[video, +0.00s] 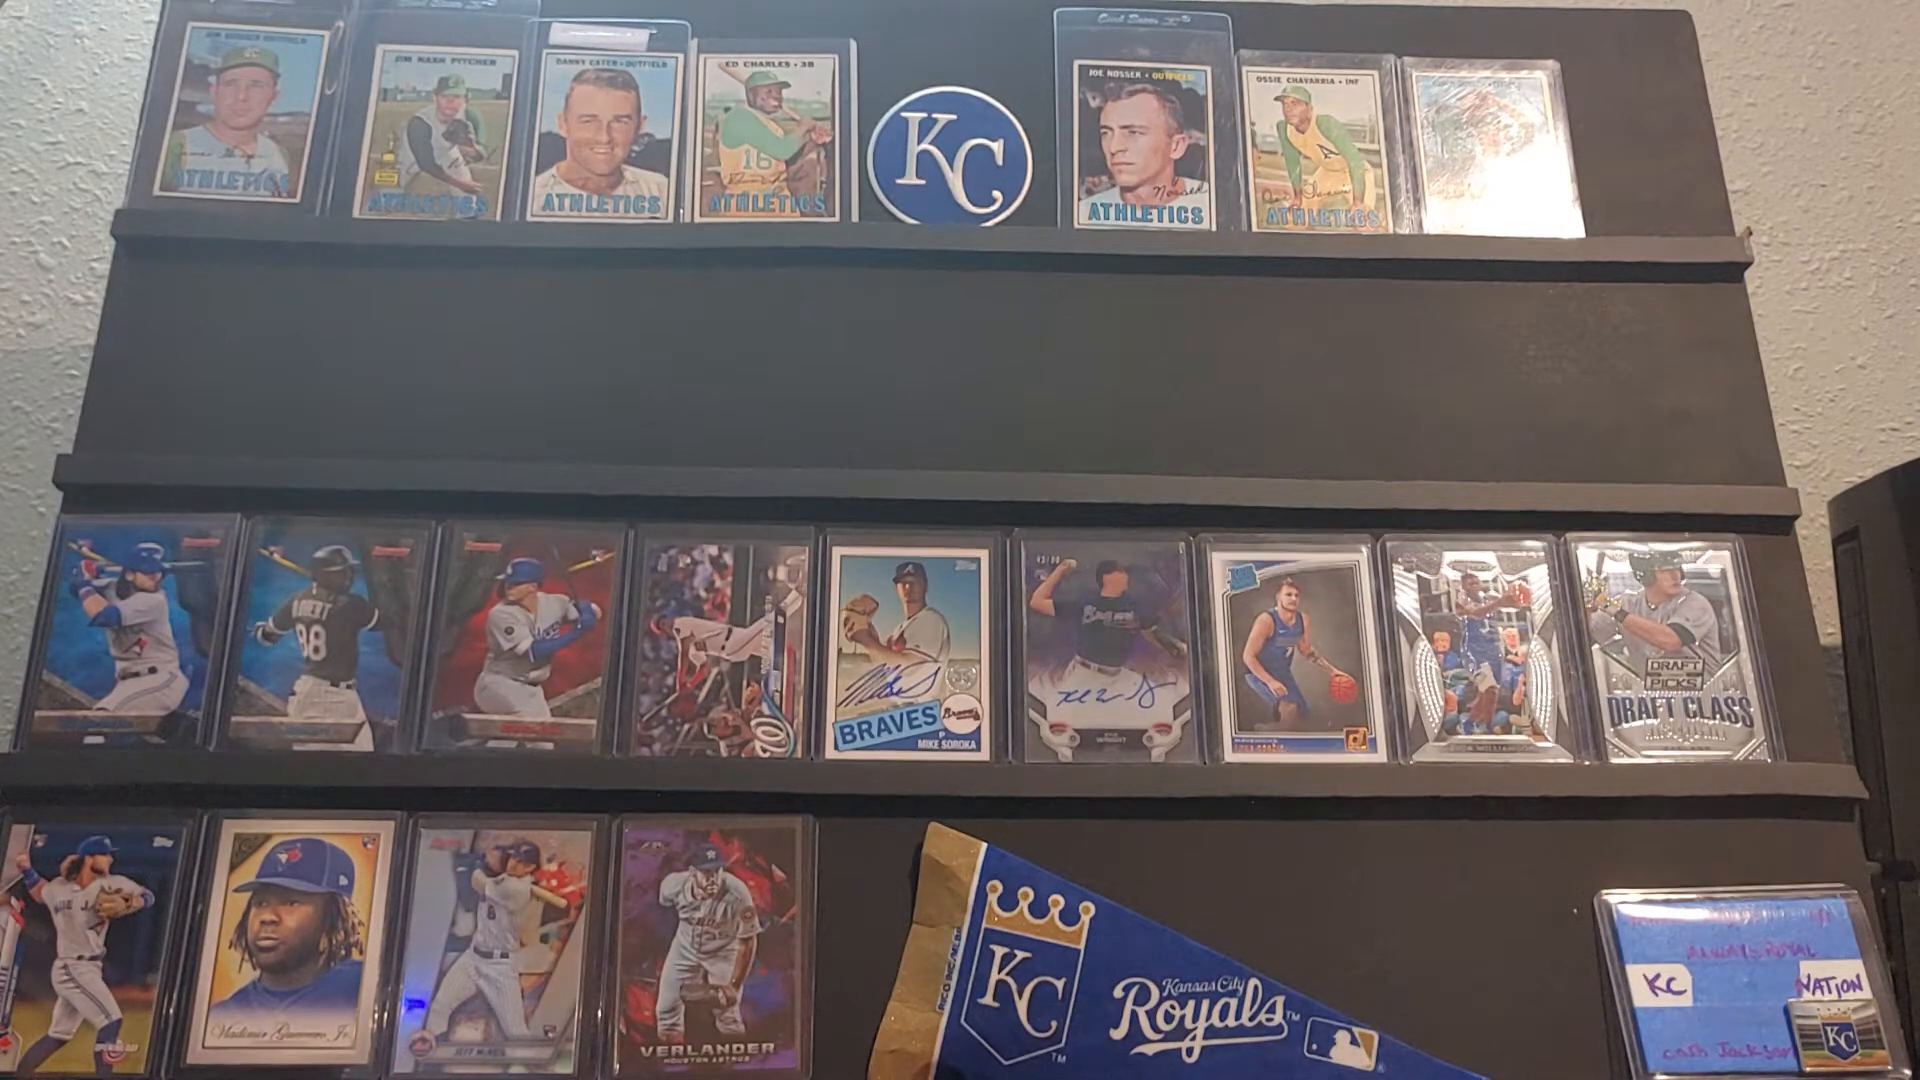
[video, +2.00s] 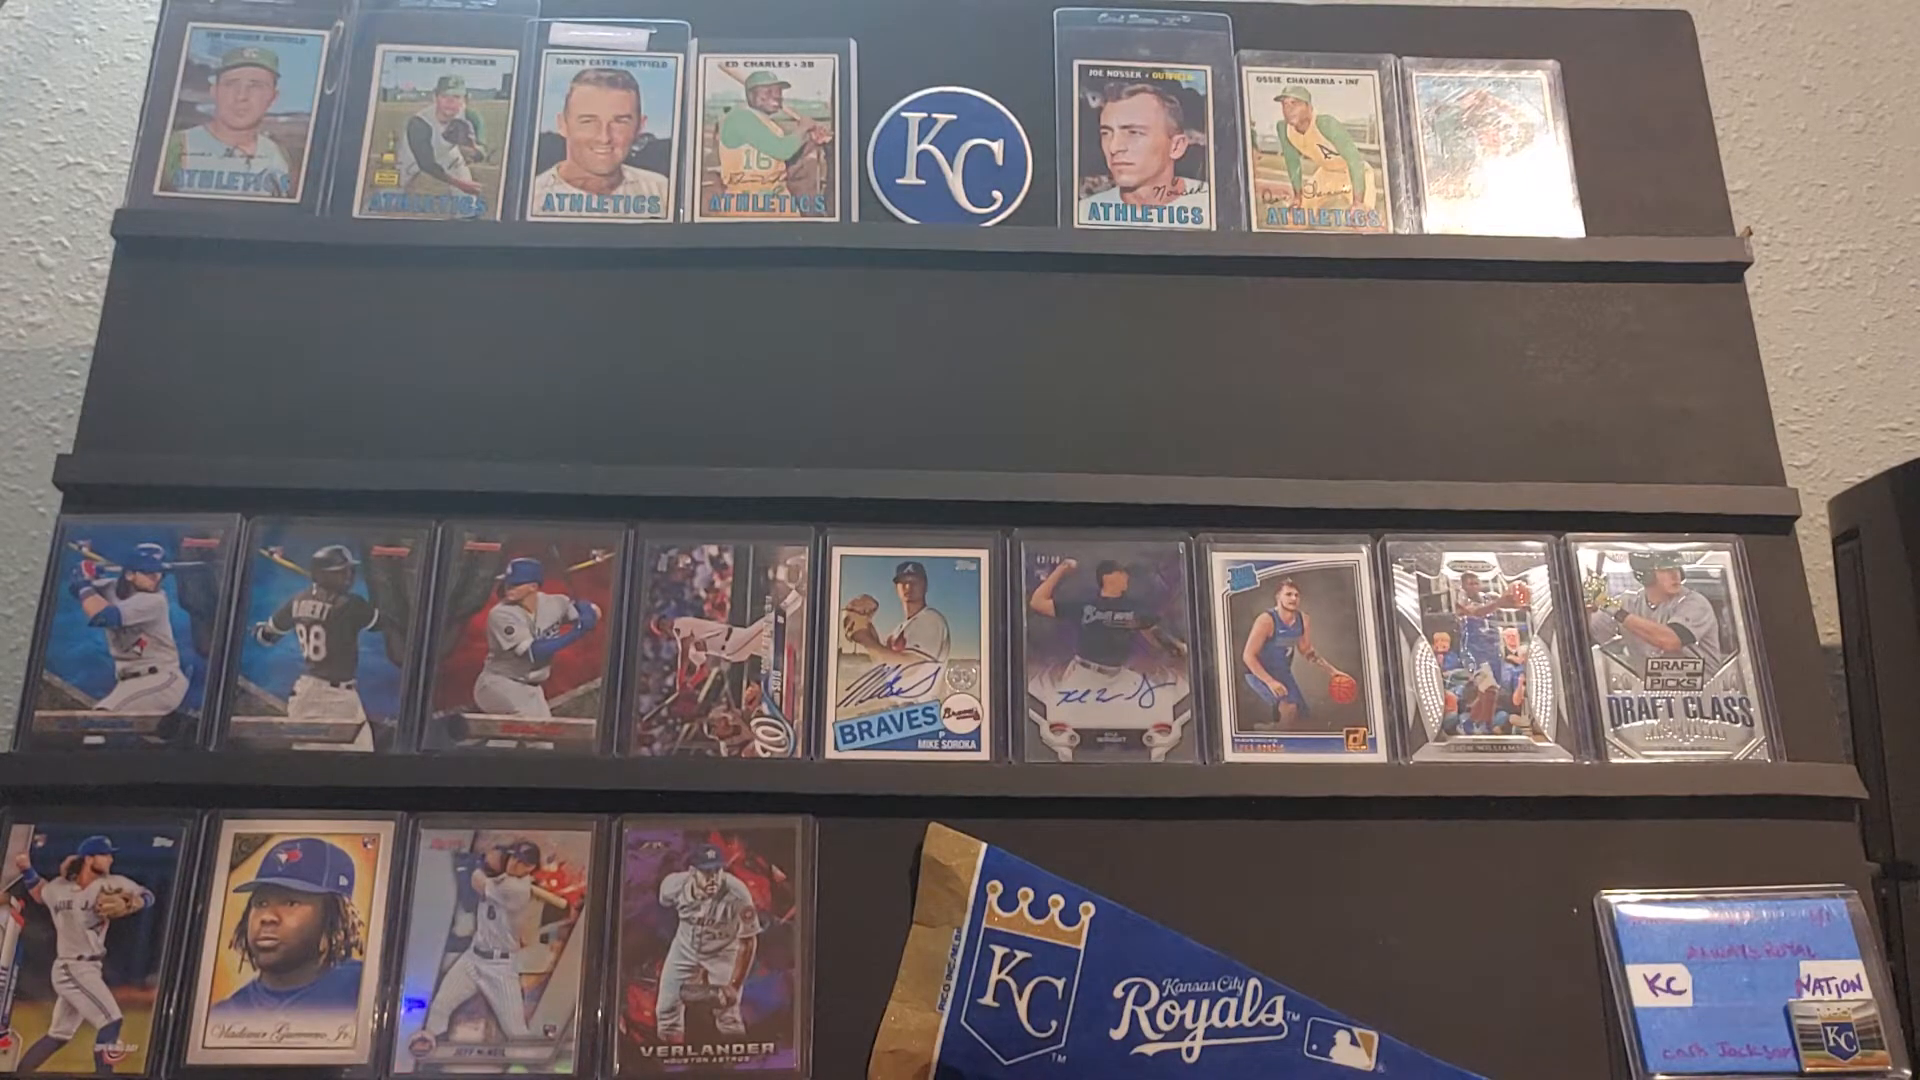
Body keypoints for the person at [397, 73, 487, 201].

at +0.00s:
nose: (451, 101)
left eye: (456, 97)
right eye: (445, 96)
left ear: (464, 100)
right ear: (436, 98)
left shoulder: (468, 116)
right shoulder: (419, 123)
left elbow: (480, 154)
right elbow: (427, 166)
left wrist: (469, 150)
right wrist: (462, 186)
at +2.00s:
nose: (451, 102)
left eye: (456, 97)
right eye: (445, 96)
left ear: (464, 101)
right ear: (436, 98)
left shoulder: (470, 117)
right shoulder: (419, 123)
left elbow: (481, 153)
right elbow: (427, 165)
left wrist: (467, 148)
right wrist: (461, 185)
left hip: (455, 166)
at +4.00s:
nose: (451, 102)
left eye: (457, 97)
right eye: (446, 96)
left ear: (464, 100)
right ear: (436, 98)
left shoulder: (470, 115)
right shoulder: (419, 123)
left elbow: (480, 154)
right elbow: (427, 165)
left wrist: (469, 150)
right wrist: (461, 185)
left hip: (454, 165)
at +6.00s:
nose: (451, 101)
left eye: (456, 97)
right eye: (446, 96)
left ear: (464, 101)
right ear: (436, 98)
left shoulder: (470, 116)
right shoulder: (419, 123)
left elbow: (481, 153)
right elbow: (427, 165)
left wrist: (470, 150)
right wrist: (461, 185)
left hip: (454, 164)